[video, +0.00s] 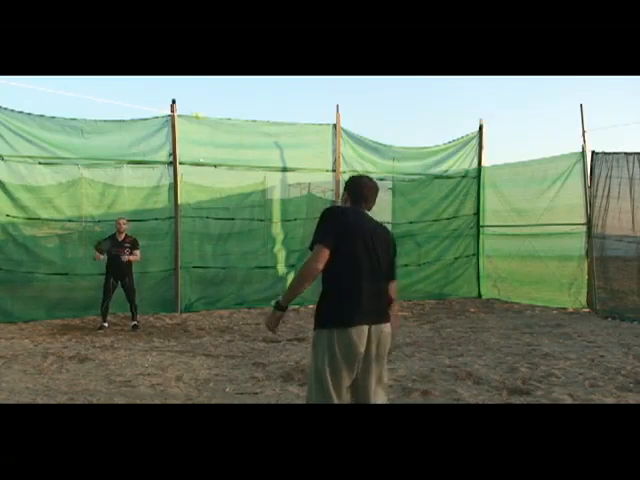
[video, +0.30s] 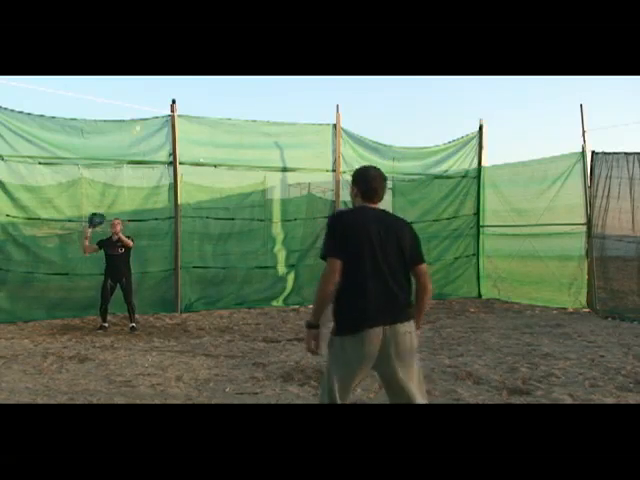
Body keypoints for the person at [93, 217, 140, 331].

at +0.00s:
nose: (121, 226)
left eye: (123, 224)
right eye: (119, 224)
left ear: (127, 226)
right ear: (115, 226)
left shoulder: (132, 241)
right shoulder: (109, 240)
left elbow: (137, 256)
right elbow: (99, 251)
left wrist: (128, 257)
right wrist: (99, 255)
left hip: (126, 273)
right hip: (112, 273)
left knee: (131, 298)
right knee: (106, 298)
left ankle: (134, 321)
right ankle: (104, 322)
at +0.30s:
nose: (115, 228)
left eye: (117, 225)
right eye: (113, 225)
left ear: (121, 227)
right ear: (110, 228)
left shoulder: (127, 240)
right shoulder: (105, 242)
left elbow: (129, 244)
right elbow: (87, 250)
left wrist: (119, 235)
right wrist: (87, 236)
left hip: (124, 274)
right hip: (110, 275)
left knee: (129, 300)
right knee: (104, 300)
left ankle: (132, 323)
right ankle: (104, 323)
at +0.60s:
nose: (114, 224)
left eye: (116, 222)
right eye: (112, 223)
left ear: (120, 225)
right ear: (110, 226)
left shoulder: (126, 239)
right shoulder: (106, 239)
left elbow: (135, 244)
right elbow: (97, 238)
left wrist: (129, 233)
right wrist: (97, 222)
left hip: (123, 272)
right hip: (109, 272)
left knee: (128, 298)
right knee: (104, 298)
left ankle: (132, 323)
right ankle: (104, 322)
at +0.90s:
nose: (118, 227)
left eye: (120, 224)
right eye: (116, 224)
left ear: (124, 226)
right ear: (113, 226)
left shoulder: (126, 242)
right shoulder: (106, 243)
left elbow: (135, 255)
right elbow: (101, 262)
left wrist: (136, 253)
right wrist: (110, 276)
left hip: (121, 273)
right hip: (107, 273)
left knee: (127, 298)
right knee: (104, 299)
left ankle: (132, 323)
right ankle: (103, 322)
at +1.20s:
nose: (116, 227)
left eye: (119, 224)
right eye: (114, 224)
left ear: (122, 227)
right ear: (111, 226)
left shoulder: (128, 241)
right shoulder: (103, 242)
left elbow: (135, 257)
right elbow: (94, 258)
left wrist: (128, 260)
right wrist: (98, 266)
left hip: (122, 272)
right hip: (107, 272)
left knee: (128, 298)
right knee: (102, 298)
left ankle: (132, 323)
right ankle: (101, 322)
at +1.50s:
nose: (113, 230)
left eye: (115, 228)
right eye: (111, 228)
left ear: (119, 231)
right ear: (107, 230)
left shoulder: (123, 244)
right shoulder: (102, 244)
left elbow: (130, 256)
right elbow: (83, 252)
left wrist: (120, 249)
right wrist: (82, 242)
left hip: (121, 278)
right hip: (107, 278)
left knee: (129, 300)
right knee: (93, 301)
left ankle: (138, 323)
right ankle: (97, 324)